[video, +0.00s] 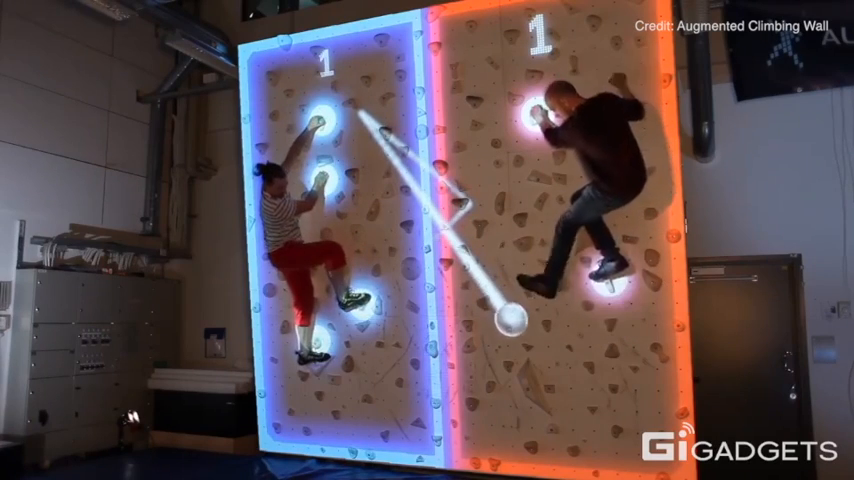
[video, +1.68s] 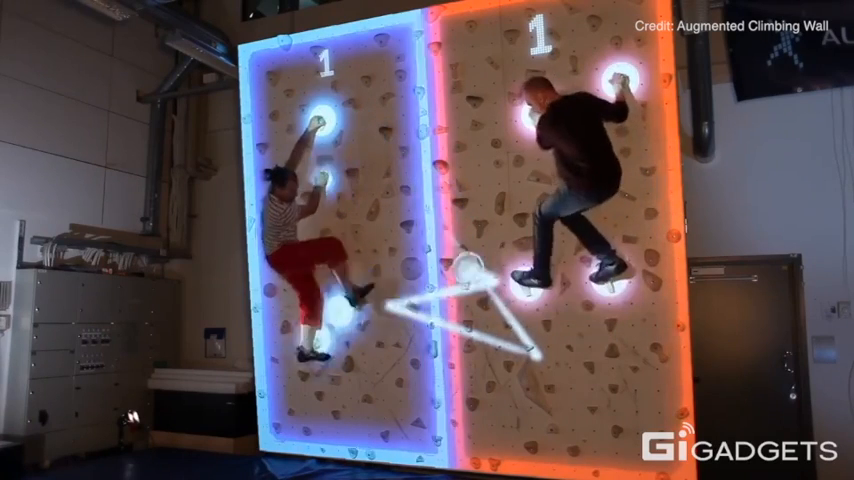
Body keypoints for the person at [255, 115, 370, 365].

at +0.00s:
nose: (285, 188)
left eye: (285, 184)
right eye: (280, 185)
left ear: (282, 181)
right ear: (270, 187)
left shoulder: (270, 193)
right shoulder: (278, 204)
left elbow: (292, 157)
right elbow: (309, 205)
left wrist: (309, 130)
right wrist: (320, 185)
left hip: (283, 253)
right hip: (288, 252)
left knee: (304, 299)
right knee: (332, 250)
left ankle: (305, 352)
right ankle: (344, 297)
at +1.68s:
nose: (296, 188)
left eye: (295, 185)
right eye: (293, 185)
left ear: (279, 187)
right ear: (281, 188)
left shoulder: (275, 198)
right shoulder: (283, 209)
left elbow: (293, 162)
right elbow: (311, 209)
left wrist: (310, 132)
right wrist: (320, 188)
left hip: (280, 256)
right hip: (286, 253)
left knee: (311, 296)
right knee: (332, 246)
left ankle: (306, 349)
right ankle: (352, 293)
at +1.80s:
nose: (297, 184)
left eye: (296, 180)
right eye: (293, 183)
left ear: (289, 179)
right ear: (282, 185)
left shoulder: (278, 191)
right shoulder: (284, 204)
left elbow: (297, 157)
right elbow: (314, 207)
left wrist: (310, 131)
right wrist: (321, 187)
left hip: (285, 255)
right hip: (293, 250)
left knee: (315, 294)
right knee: (343, 247)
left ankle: (306, 346)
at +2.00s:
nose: (293, 185)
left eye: (292, 181)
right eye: (289, 183)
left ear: (286, 180)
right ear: (277, 186)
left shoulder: (277, 188)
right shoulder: (277, 210)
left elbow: (295, 156)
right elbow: (303, 234)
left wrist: (310, 131)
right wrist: (324, 211)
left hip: (278, 254)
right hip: (285, 252)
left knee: (309, 295)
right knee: (334, 256)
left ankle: (306, 349)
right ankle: (384, 273)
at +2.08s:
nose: (288, 184)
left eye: (286, 180)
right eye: (284, 183)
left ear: (279, 182)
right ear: (273, 189)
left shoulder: (275, 189)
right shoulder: (268, 213)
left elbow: (294, 156)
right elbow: (294, 236)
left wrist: (310, 131)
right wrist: (315, 214)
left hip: (280, 252)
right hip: (280, 253)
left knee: (308, 296)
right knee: (328, 249)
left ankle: (304, 348)